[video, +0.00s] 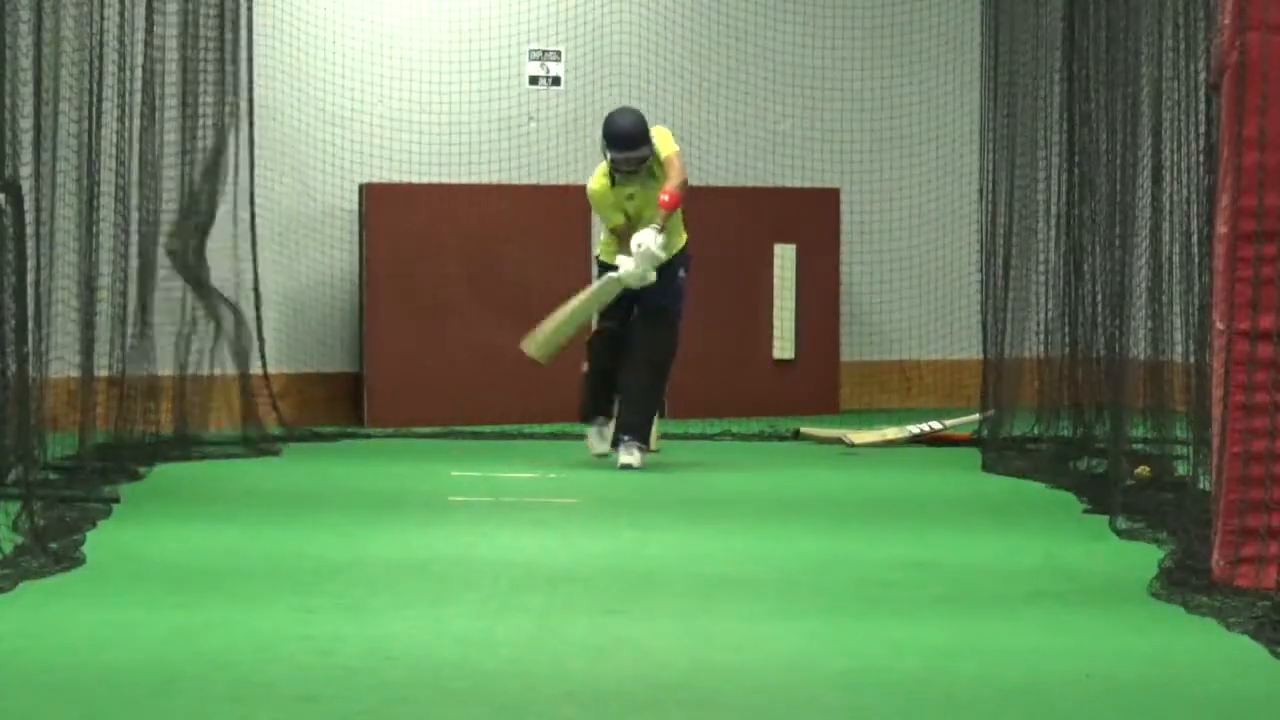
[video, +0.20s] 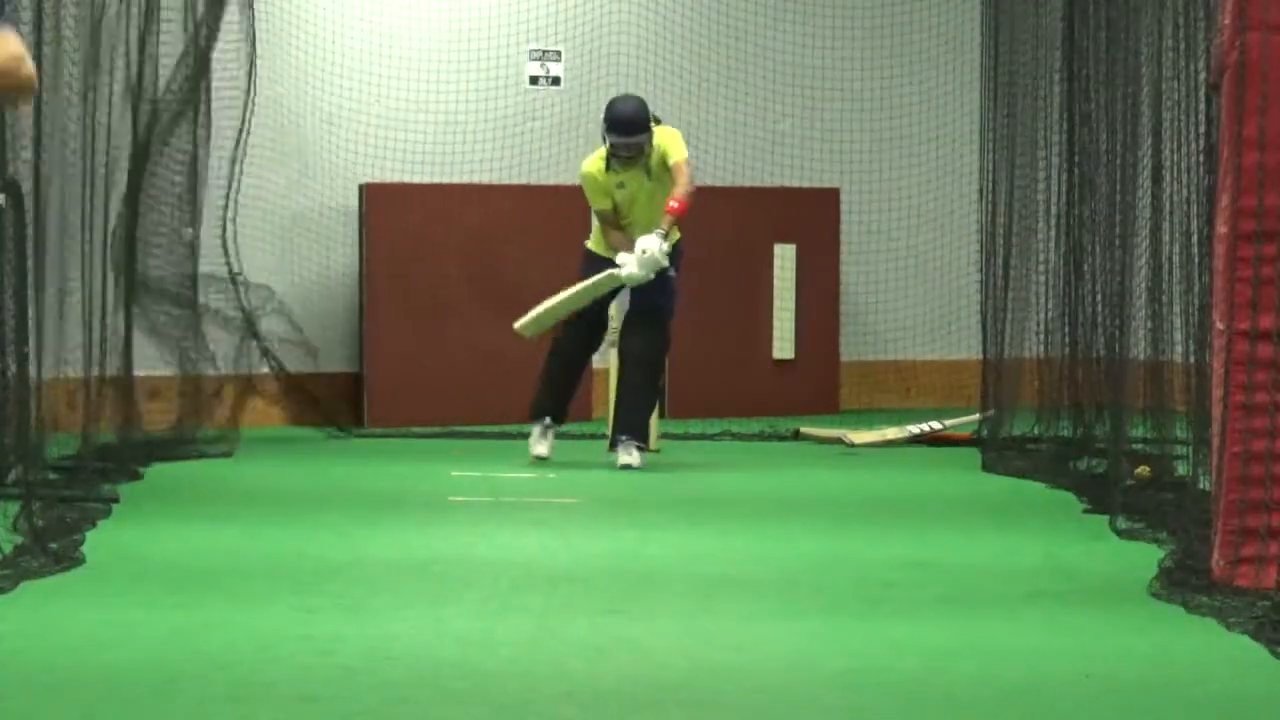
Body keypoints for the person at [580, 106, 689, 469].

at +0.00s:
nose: (632, 170)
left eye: (638, 161)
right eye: (623, 164)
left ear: (650, 146)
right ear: (608, 155)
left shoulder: (661, 140)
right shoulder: (600, 187)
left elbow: (677, 177)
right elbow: (621, 233)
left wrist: (655, 227)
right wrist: (630, 258)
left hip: (666, 255)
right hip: (616, 259)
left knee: (653, 345)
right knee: (610, 340)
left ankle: (633, 437)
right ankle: (601, 416)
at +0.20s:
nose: (627, 156)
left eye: (635, 149)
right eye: (619, 149)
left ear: (649, 135)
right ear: (607, 138)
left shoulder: (666, 140)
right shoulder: (594, 171)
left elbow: (683, 184)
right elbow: (610, 226)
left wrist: (659, 233)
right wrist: (626, 254)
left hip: (656, 250)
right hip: (605, 251)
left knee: (645, 345)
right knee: (578, 336)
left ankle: (629, 439)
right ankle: (546, 421)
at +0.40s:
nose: (623, 142)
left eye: (631, 135)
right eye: (615, 135)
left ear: (645, 125)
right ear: (603, 126)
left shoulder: (660, 132)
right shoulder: (590, 165)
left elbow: (679, 170)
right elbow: (608, 222)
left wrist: (658, 215)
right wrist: (633, 240)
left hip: (651, 249)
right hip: (601, 250)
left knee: (644, 345)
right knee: (580, 336)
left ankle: (628, 438)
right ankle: (544, 425)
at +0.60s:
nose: (617, 133)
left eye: (625, 125)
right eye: (610, 125)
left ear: (639, 117)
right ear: (598, 119)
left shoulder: (656, 131)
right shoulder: (586, 158)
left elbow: (673, 172)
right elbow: (597, 218)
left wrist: (656, 217)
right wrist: (630, 239)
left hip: (647, 260)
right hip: (599, 256)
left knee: (642, 349)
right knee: (572, 338)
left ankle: (629, 439)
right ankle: (547, 425)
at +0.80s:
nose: (612, 122)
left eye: (620, 115)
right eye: (604, 114)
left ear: (634, 112)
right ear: (593, 112)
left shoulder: (655, 135)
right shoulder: (579, 155)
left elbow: (673, 179)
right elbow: (588, 217)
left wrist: (668, 220)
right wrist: (639, 229)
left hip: (645, 258)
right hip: (596, 258)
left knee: (642, 349)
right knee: (573, 336)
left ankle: (629, 439)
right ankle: (550, 426)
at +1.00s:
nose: (610, 117)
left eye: (618, 110)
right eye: (602, 109)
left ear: (632, 107)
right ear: (591, 107)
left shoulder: (657, 139)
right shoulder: (578, 151)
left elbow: (682, 193)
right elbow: (576, 213)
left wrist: (688, 251)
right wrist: (627, 227)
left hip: (649, 258)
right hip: (596, 257)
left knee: (642, 346)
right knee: (574, 334)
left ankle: (629, 439)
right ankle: (553, 426)